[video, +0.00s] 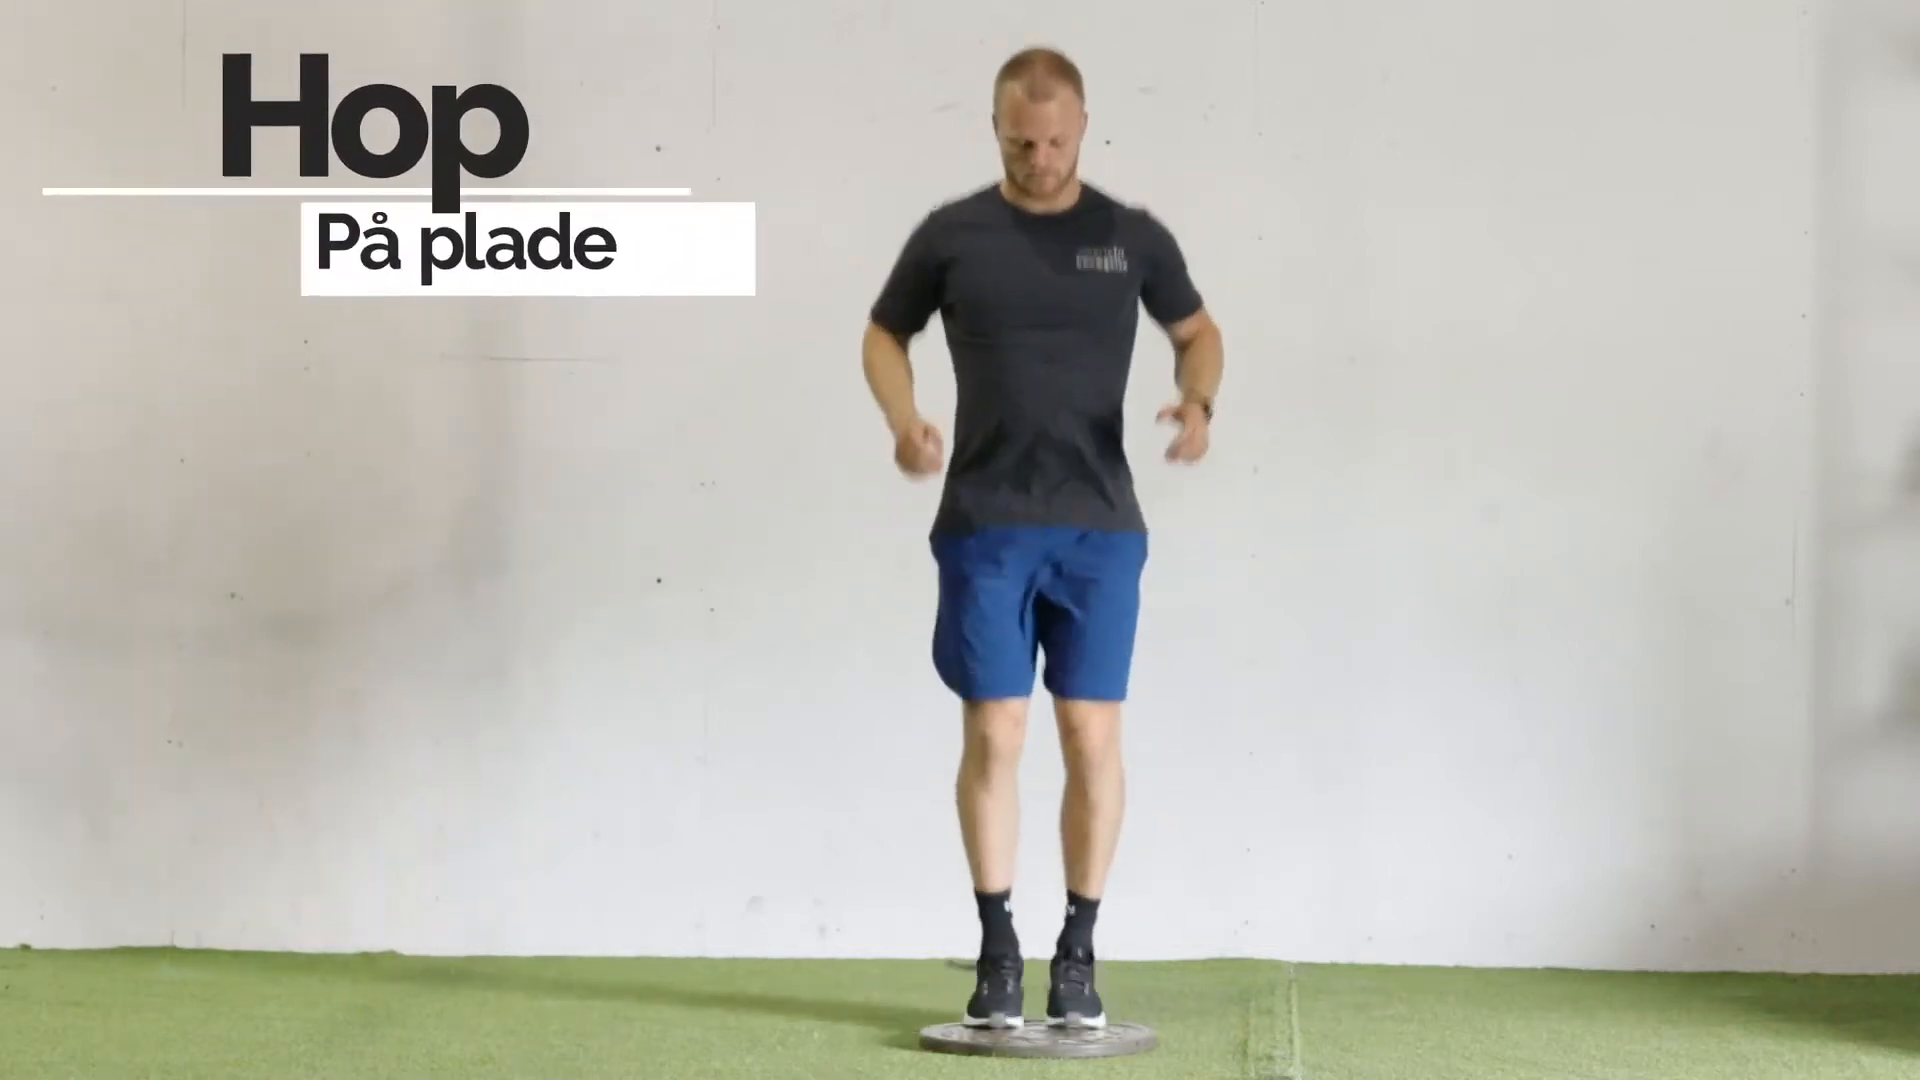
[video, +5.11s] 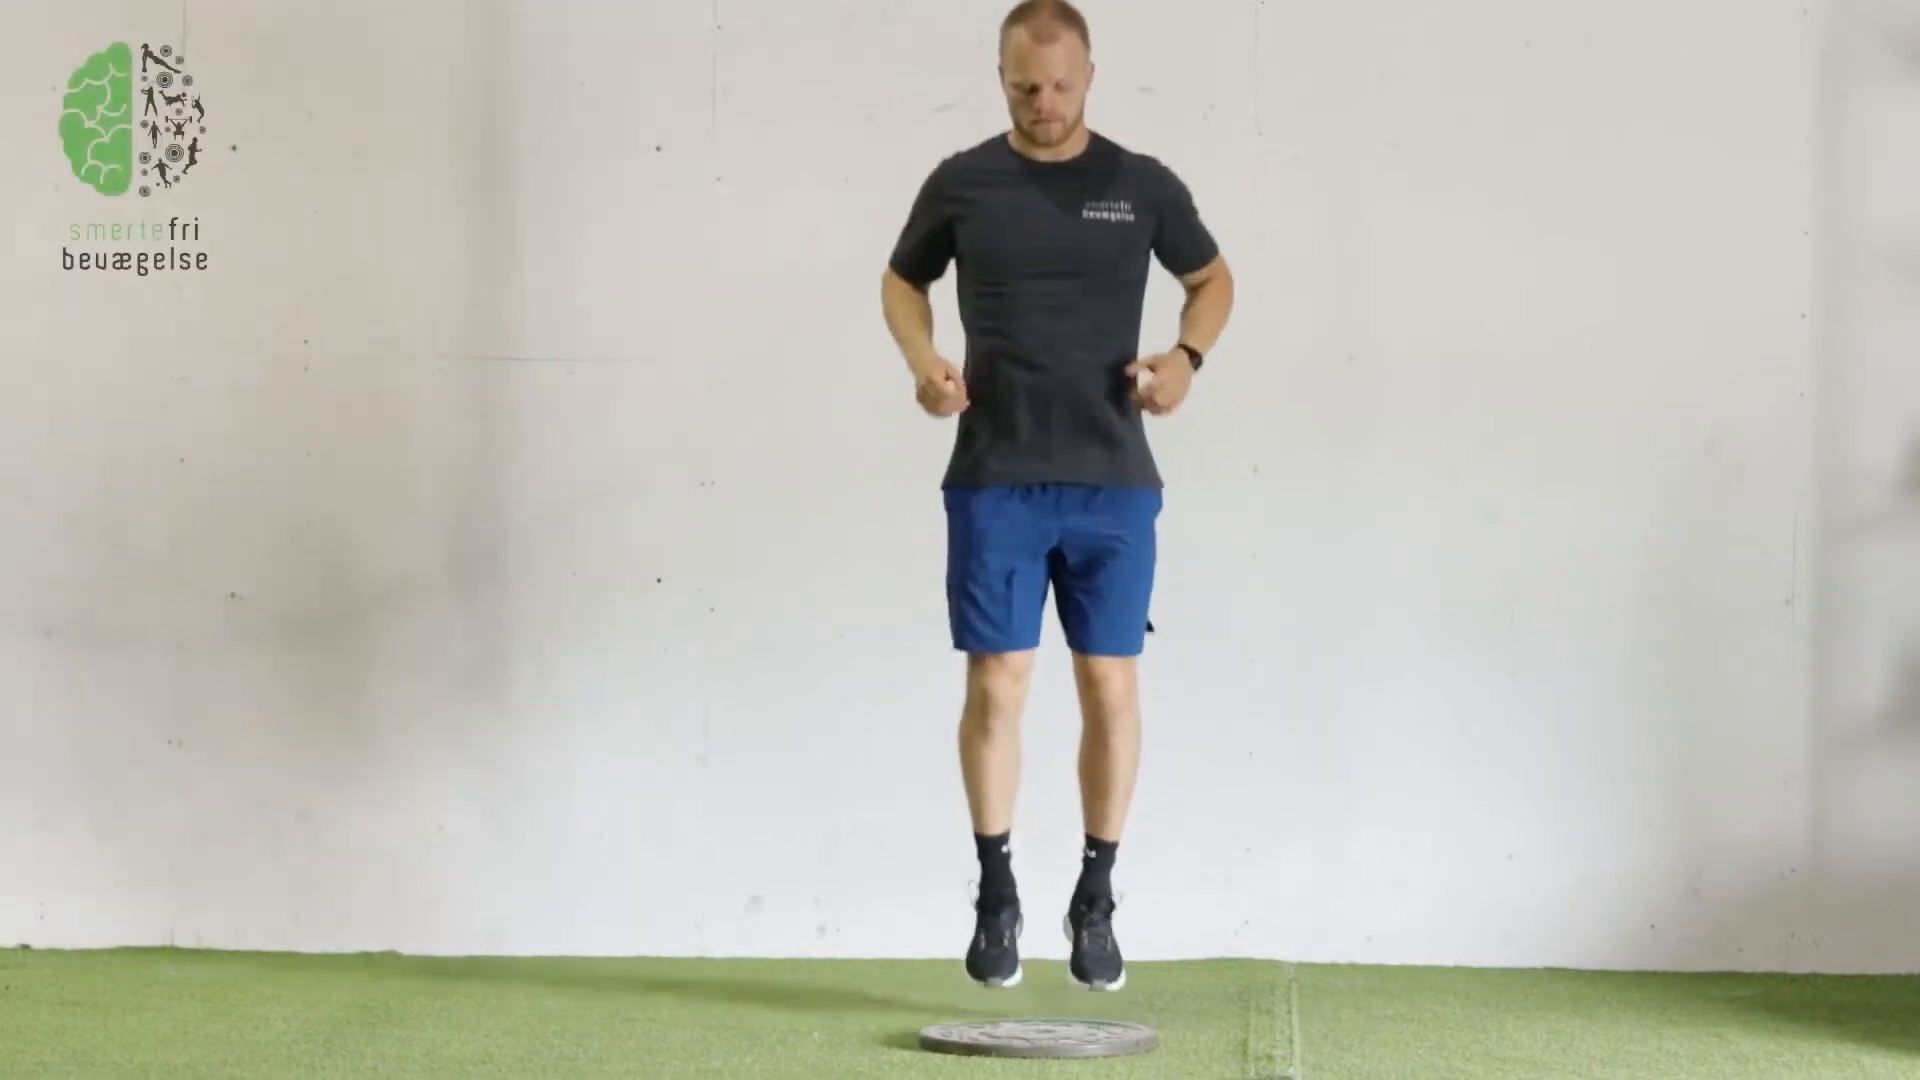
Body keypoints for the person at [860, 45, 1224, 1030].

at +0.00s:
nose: (1041, 155)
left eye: (1057, 138)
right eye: (1024, 139)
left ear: (1082, 131)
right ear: (999, 132)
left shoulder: (1132, 237)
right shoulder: (951, 235)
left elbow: (1195, 330)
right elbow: (885, 334)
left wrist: (1198, 399)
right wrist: (905, 418)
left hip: (1099, 521)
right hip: (986, 519)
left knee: (1091, 736)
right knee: (995, 736)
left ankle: (1077, 955)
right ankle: (999, 956)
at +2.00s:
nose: (1049, 176)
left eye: (1065, 158)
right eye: (1032, 159)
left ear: (1094, 154)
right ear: (1008, 156)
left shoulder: (1139, 267)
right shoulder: (964, 263)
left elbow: (1190, 378)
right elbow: (903, 366)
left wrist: (1174, 470)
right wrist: (922, 467)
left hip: (1108, 556)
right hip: (995, 553)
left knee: (1092, 747)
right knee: (1004, 750)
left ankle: (1067, 960)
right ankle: (1010, 958)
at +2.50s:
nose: (1047, 157)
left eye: (1063, 140)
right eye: (1032, 141)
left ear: (1094, 136)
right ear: (1010, 140)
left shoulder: (1143, 243)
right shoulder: (967, 241)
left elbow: (1210, 343)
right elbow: (892, 339)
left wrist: (1189, 378)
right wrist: (934, 358)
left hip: (1112, 531)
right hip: (999, 532)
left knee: (1113, 736)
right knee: (1003, 734)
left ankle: (1104, 934)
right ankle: (1012, 933)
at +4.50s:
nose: (1052, 98)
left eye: (1068, 81)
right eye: (1035, 81)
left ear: (1099, 75)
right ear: (1013, 77)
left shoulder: (1148, 180)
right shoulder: (973, 178)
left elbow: (1218, 272)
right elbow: (895, 269)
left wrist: (1198, 308)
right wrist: (921, 293)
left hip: (1118, 469)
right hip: (1003, 468)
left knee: (1114, 681)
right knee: (1003, 677)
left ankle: (1102, 886)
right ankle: (1009, 890)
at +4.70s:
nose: (1050, 128)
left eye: (1066, 110)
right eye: (1033, 111)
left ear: (1096, 106)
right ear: (1011, 110)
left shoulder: (1147, 217)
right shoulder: (965, 212)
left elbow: (1209, 318)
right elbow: (905, 313)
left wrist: (1197, 372)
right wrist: (927, 379)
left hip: (1108, 500)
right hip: (996, 497)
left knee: (1098, 714)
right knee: (998, 715)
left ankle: (1081, 946)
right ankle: (1000, 944)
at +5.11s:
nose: (1043, 105)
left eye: (1059, 86)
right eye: (1025, 87)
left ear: (1089, 76)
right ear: (1002, 82)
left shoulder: (1143, 186)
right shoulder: (962, 183)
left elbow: (1211, 279)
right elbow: (904, 280)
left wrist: (1184, 357)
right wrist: (925, 365)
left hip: (1112, 476)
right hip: (997, 475)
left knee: (1109, 686)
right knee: (997, 683)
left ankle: (1096, 900)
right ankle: (996, 896)